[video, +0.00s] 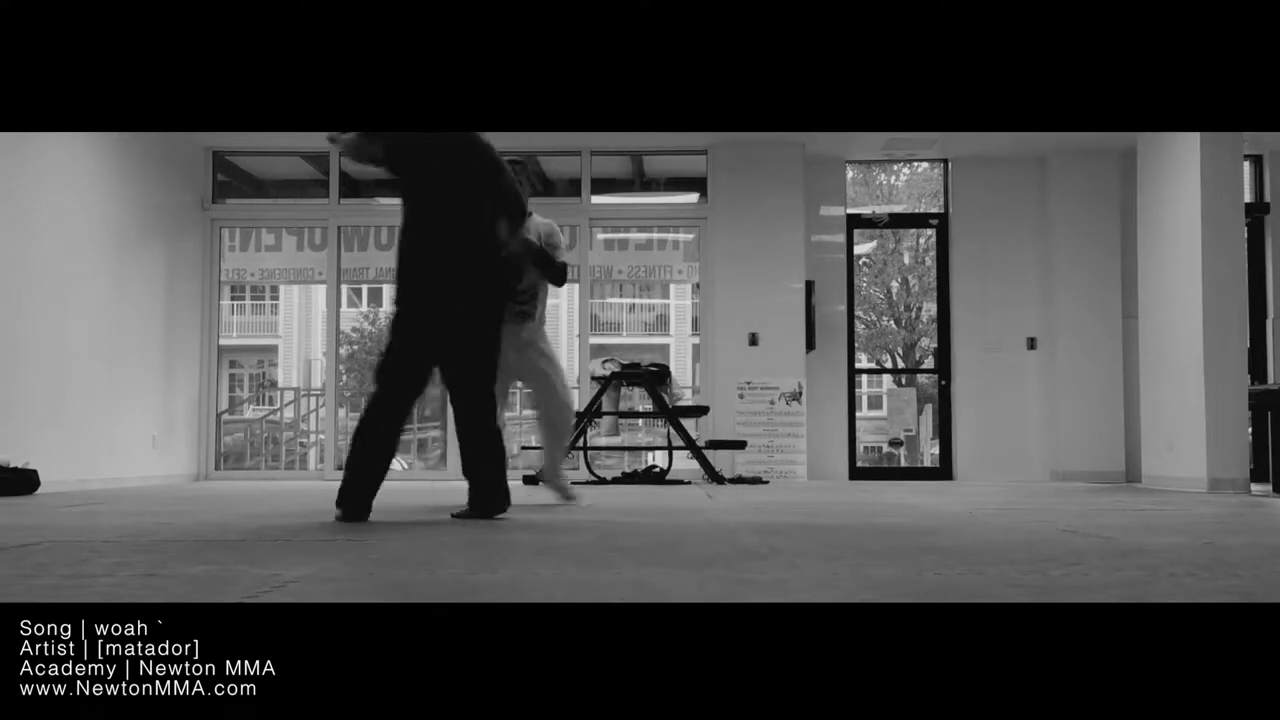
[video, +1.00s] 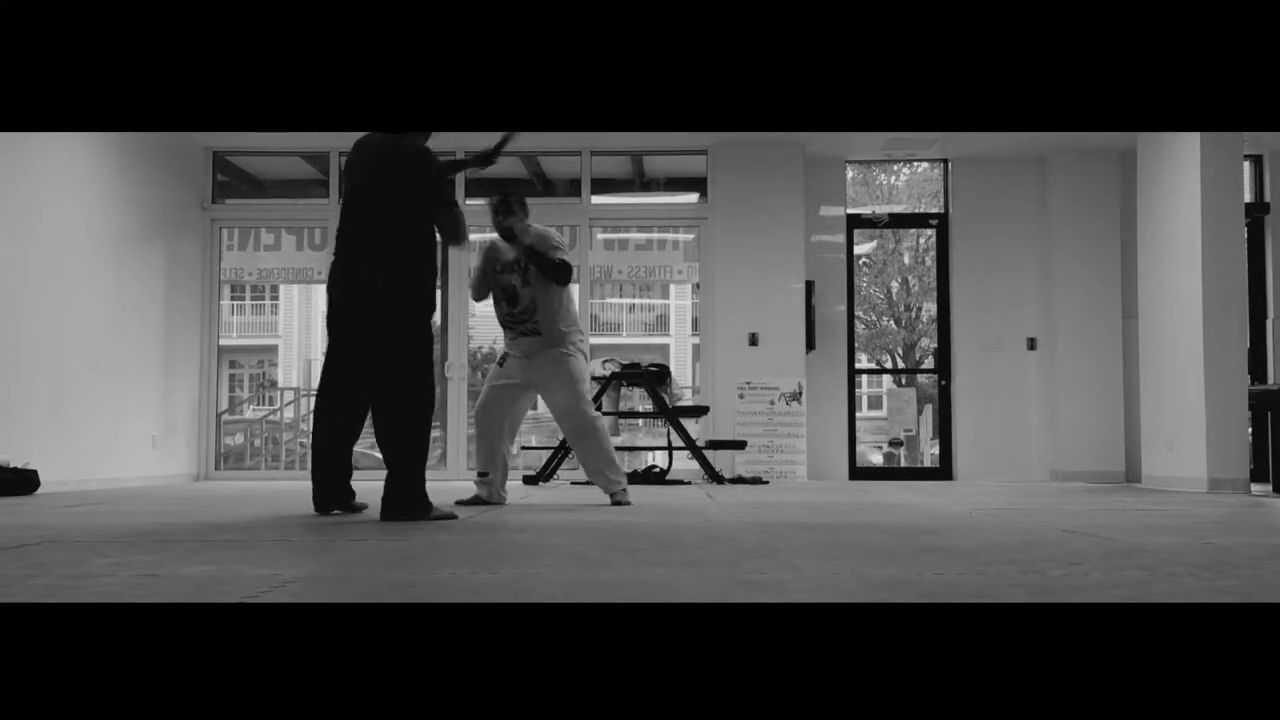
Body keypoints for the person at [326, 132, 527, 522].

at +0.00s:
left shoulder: (416, 146)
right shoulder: (481, 151)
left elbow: (356, 148)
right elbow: (516, 208)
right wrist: (496, 250)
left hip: (424, 299)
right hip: (475, 298)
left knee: (391, 398)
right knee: (474, 400)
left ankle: (354, 503)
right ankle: (489, 499)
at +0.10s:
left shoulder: (386, 145)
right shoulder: (471, 153)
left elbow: (325, 171)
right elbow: (519, 210)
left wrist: (322, 143)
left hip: (395, 293)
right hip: (454, 294)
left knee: (374, 399)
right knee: (464, 398)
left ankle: (354, 504)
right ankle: (479, 502)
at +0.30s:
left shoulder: (372, 144)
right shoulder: (456, 145)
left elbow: (349, 197)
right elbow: (508, 201)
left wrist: (353, 159)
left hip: (365, 282)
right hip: (427, 282)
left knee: (360, 398)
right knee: (435, 396)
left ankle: (352, 505)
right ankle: (427, 497)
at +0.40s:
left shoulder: (371, 143)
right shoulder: (442, 142)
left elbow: (358, 186)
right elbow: (493, 201)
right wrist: (478, 175)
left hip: (358, 280)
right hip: (415, 281)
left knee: (357, 393)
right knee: (417, 392)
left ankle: (352, 504)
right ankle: (410, 501)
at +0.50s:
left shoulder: (372, 143)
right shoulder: (436, 142)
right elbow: (477, 201)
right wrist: (478, 183)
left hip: (357, 283)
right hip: (412, 286)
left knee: (360, 391)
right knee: (414, 393)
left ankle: (352, 503)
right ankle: (406, 500)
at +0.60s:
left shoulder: (375, 144)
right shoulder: (431, 144)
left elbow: (438, 185)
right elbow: (468, 208)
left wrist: (499, 197)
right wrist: (470, 188)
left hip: (360, 287)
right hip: (409, 289)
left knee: (377, 396)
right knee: (416, 394)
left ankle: (350, 498)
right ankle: (406, 501)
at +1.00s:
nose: (432, 137)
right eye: (432, 135)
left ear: (390, 127)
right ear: (426, 132)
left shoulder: (364, 149)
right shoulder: (421, 160)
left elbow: (412, 174)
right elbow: (456, 233)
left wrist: (467, 163)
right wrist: (440, 189)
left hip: (351, 295)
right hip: (402, 300)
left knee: (342, 392)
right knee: (408, 396)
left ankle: (330, 493)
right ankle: (406, 501)